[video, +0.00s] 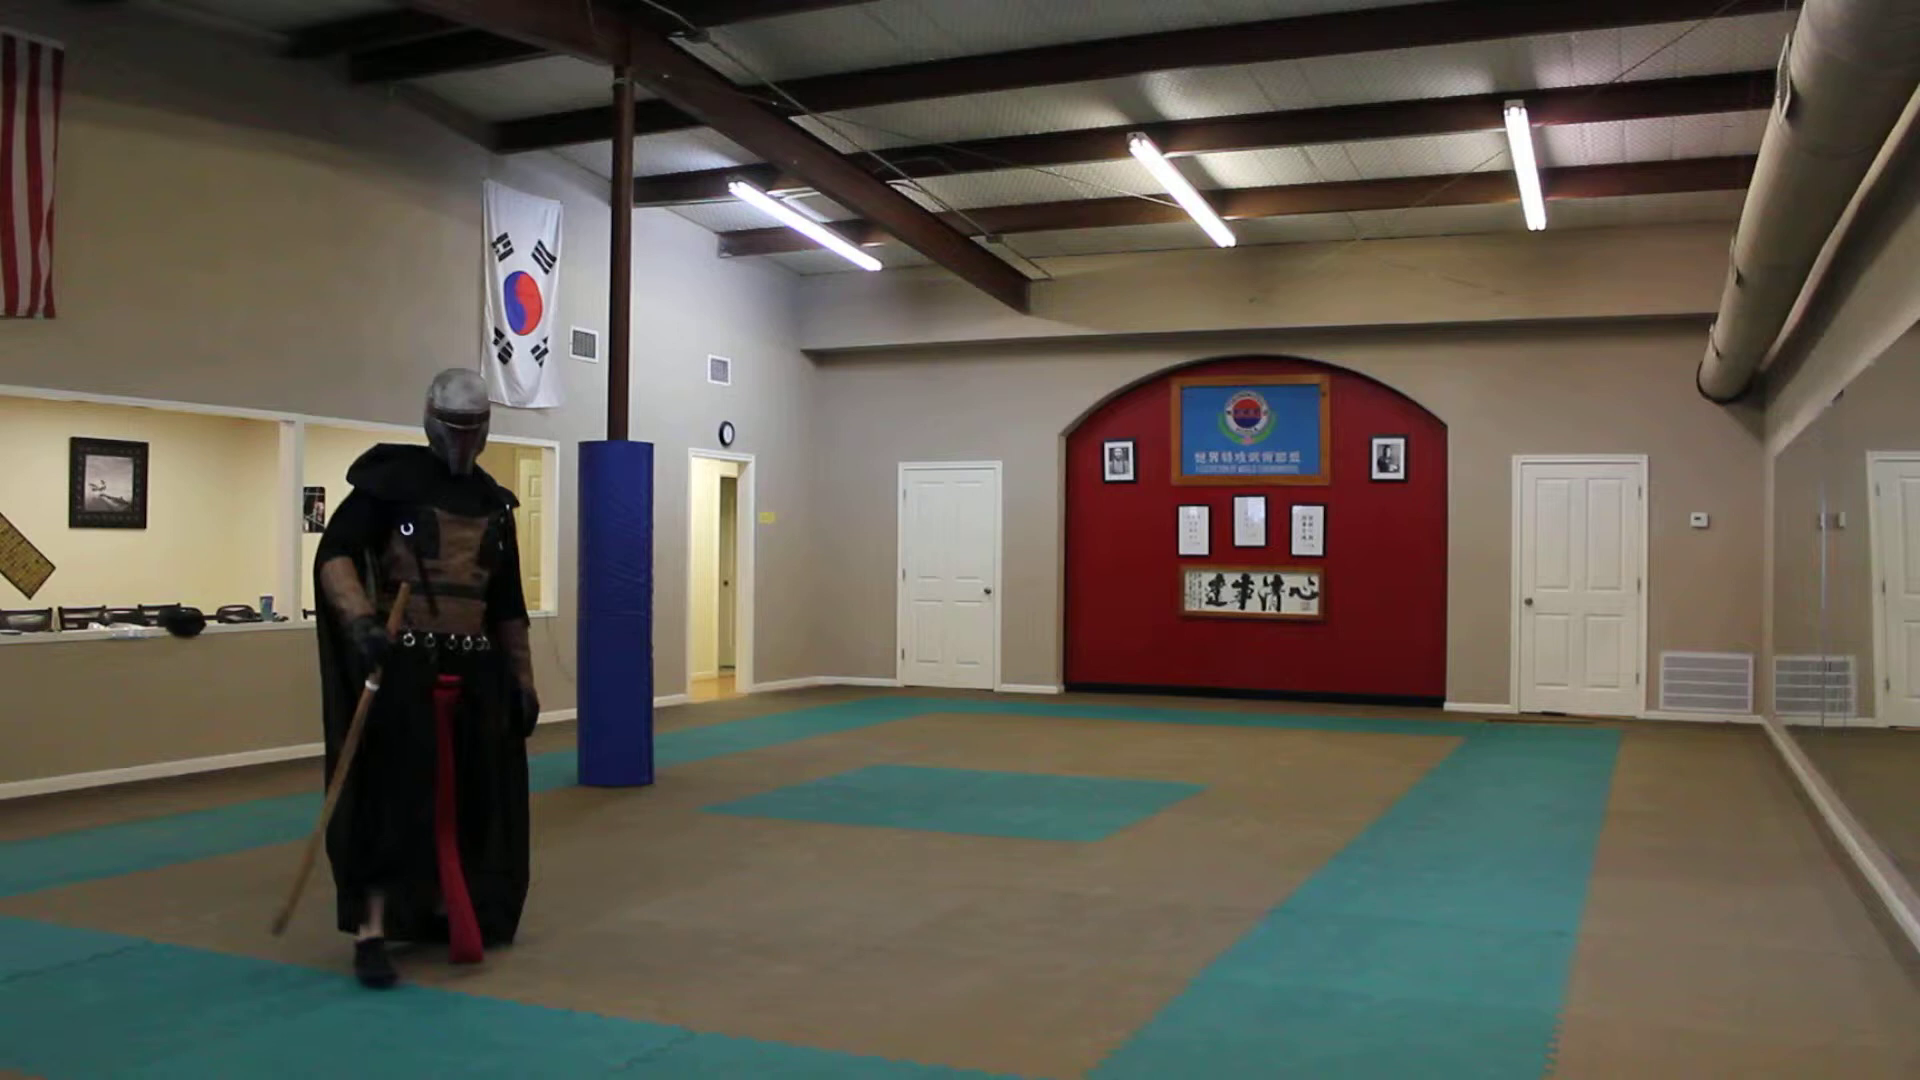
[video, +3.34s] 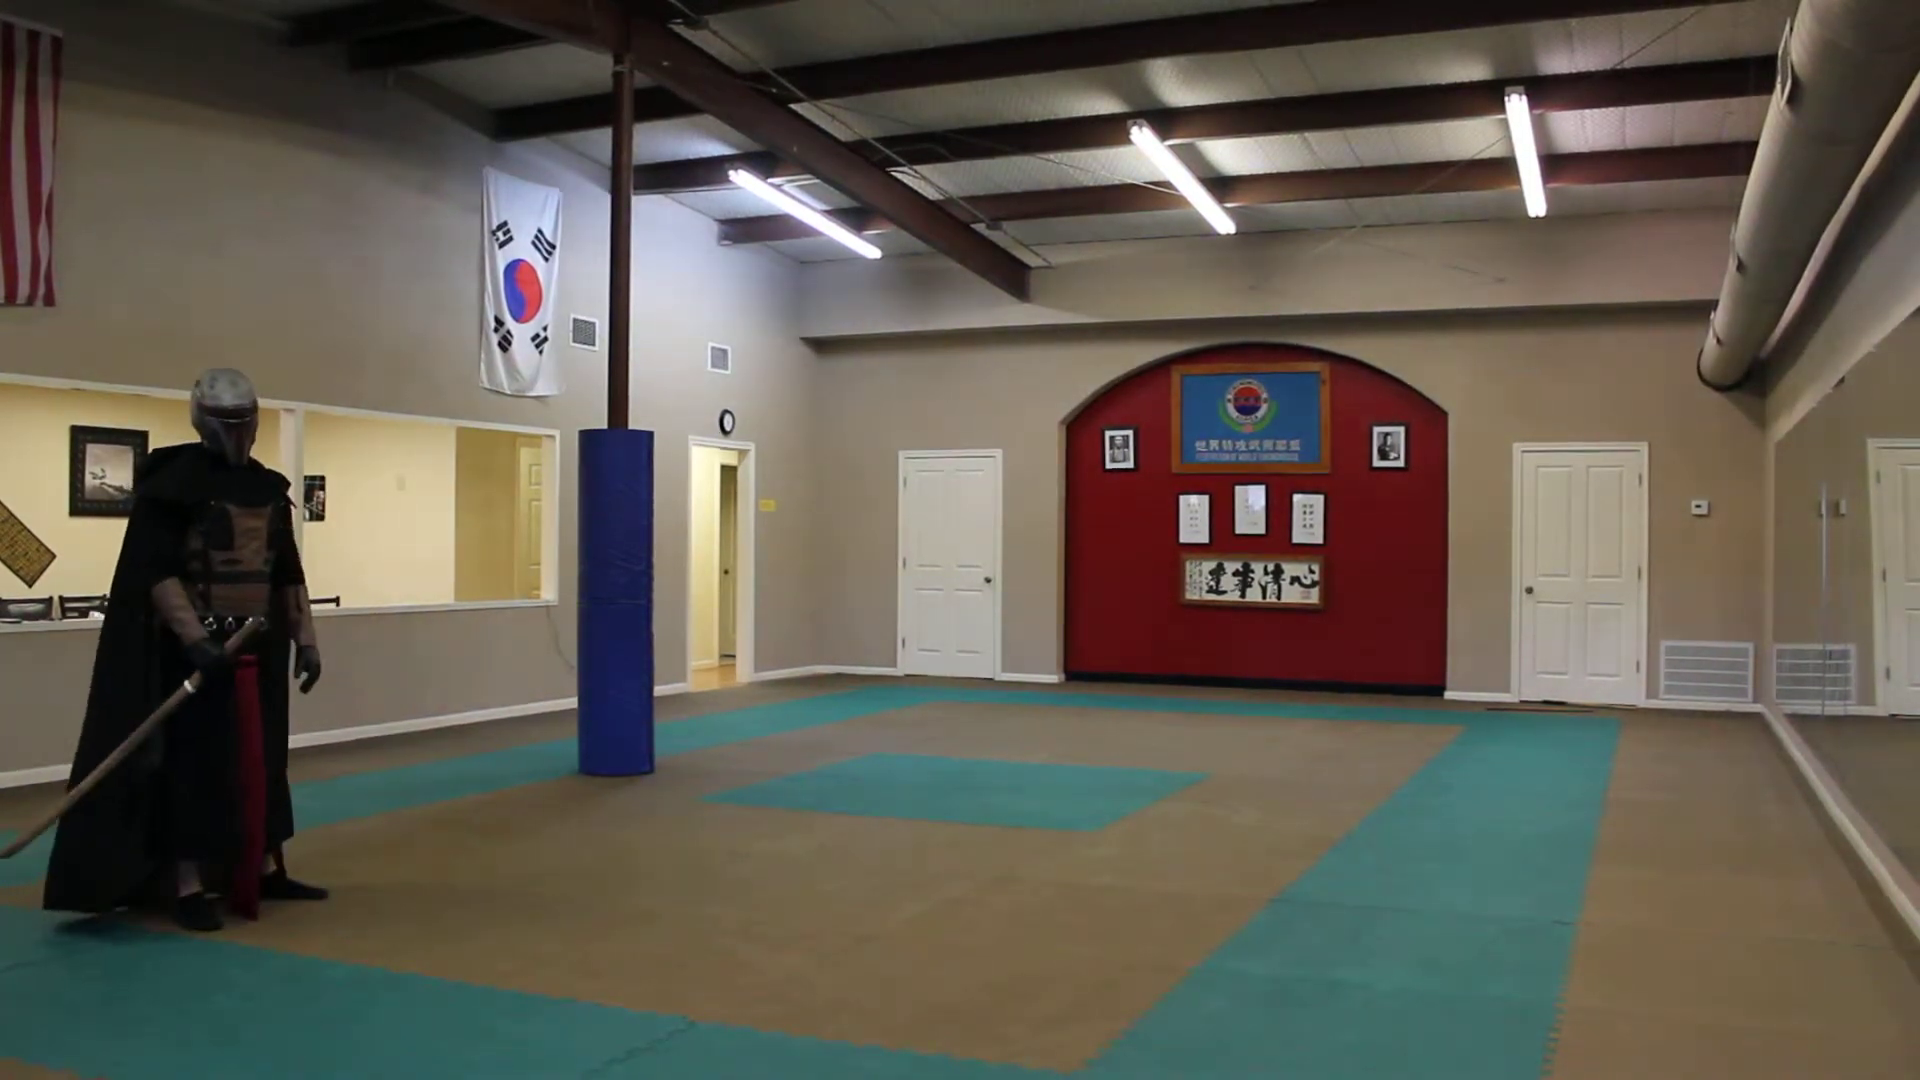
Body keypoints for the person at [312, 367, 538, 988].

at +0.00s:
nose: (465, 438)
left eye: (475, 426)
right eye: (453, 425)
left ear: (488, 425)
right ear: (429, 421)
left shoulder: (493, 503)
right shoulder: (392, 481)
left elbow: (507, 603)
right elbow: (334, 556)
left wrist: (522, 679)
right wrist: (361, 622)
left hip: (472, 665)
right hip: (401, 663)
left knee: (469, 794)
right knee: (385, 793)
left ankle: (452, 912)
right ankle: (372, 930)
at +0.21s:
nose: (439, 435)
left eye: (450, 423)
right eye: (427, 422)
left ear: (462, 424)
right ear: (404, 420)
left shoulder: (465, 498)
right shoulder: (366, 474)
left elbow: (485, 594)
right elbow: (320, 555)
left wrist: (506, 666)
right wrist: (361, 608)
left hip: (454, 664)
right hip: (379, 663)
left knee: (463, 787)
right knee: (345, 788)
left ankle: (459, 908)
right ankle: (307, 907)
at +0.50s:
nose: (366, 441)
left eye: (377, 429)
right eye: (354, 428)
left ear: (390, 430)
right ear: (330, 427)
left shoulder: (395, 500)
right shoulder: (297, 486)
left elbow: (419, 585)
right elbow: (264, 578)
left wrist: (453, 649)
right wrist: (310, 647)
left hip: (390, 665)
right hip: (311, 665)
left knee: (423, 775)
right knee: (293, 782)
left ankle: (434, 898)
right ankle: (273, 908)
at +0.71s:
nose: (330, 432)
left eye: (338, 420)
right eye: (317, 421)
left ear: (349, 416)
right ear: (291, 418)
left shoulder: (363, 482)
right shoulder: (259, 479)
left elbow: (386, 567)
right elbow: (222, 576)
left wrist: (391, 638)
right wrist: (235, 658)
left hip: (354, 654)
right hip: (280, 656)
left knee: (383, 765)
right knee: (274, 779)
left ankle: (388, 881)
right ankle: (272, 905)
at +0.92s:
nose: (304, 426)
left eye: (313, 414)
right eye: (291, 416)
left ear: (326, 412)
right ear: (267, 416)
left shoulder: (349, 480)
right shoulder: (238, 474)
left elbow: (372, 564)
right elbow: (201, 563)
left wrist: (378, 639)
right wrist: (208, 643)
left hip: (332, 652)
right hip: (257, 651)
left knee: (327, 765)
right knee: (261, 769)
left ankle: (314, 880)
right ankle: (266, 897)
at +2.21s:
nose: (235, 431)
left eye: (244, 419)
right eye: (223, 420)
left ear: (257, 419)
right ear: (200, 420)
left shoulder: (270, 488)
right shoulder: (170, 473)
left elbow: (287, 565)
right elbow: (150, 564)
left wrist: (307, 626)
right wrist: (191, 634)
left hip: (253, 645)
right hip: (181, 644)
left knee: (260, 754)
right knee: (184, 758)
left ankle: (263, 871)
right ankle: (187, 885)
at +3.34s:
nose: (234, 431)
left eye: (243, 419)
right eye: (222, 420)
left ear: (257, 420)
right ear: (199, 420)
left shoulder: (268, 489)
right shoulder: (171, 477)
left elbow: (287, 570)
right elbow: (155, 568)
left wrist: (306, 637)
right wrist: (195, 636)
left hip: (255, 652)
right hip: (188, 650)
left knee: (261, 759)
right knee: (192, 764)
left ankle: (263, 870)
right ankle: (188, 884)